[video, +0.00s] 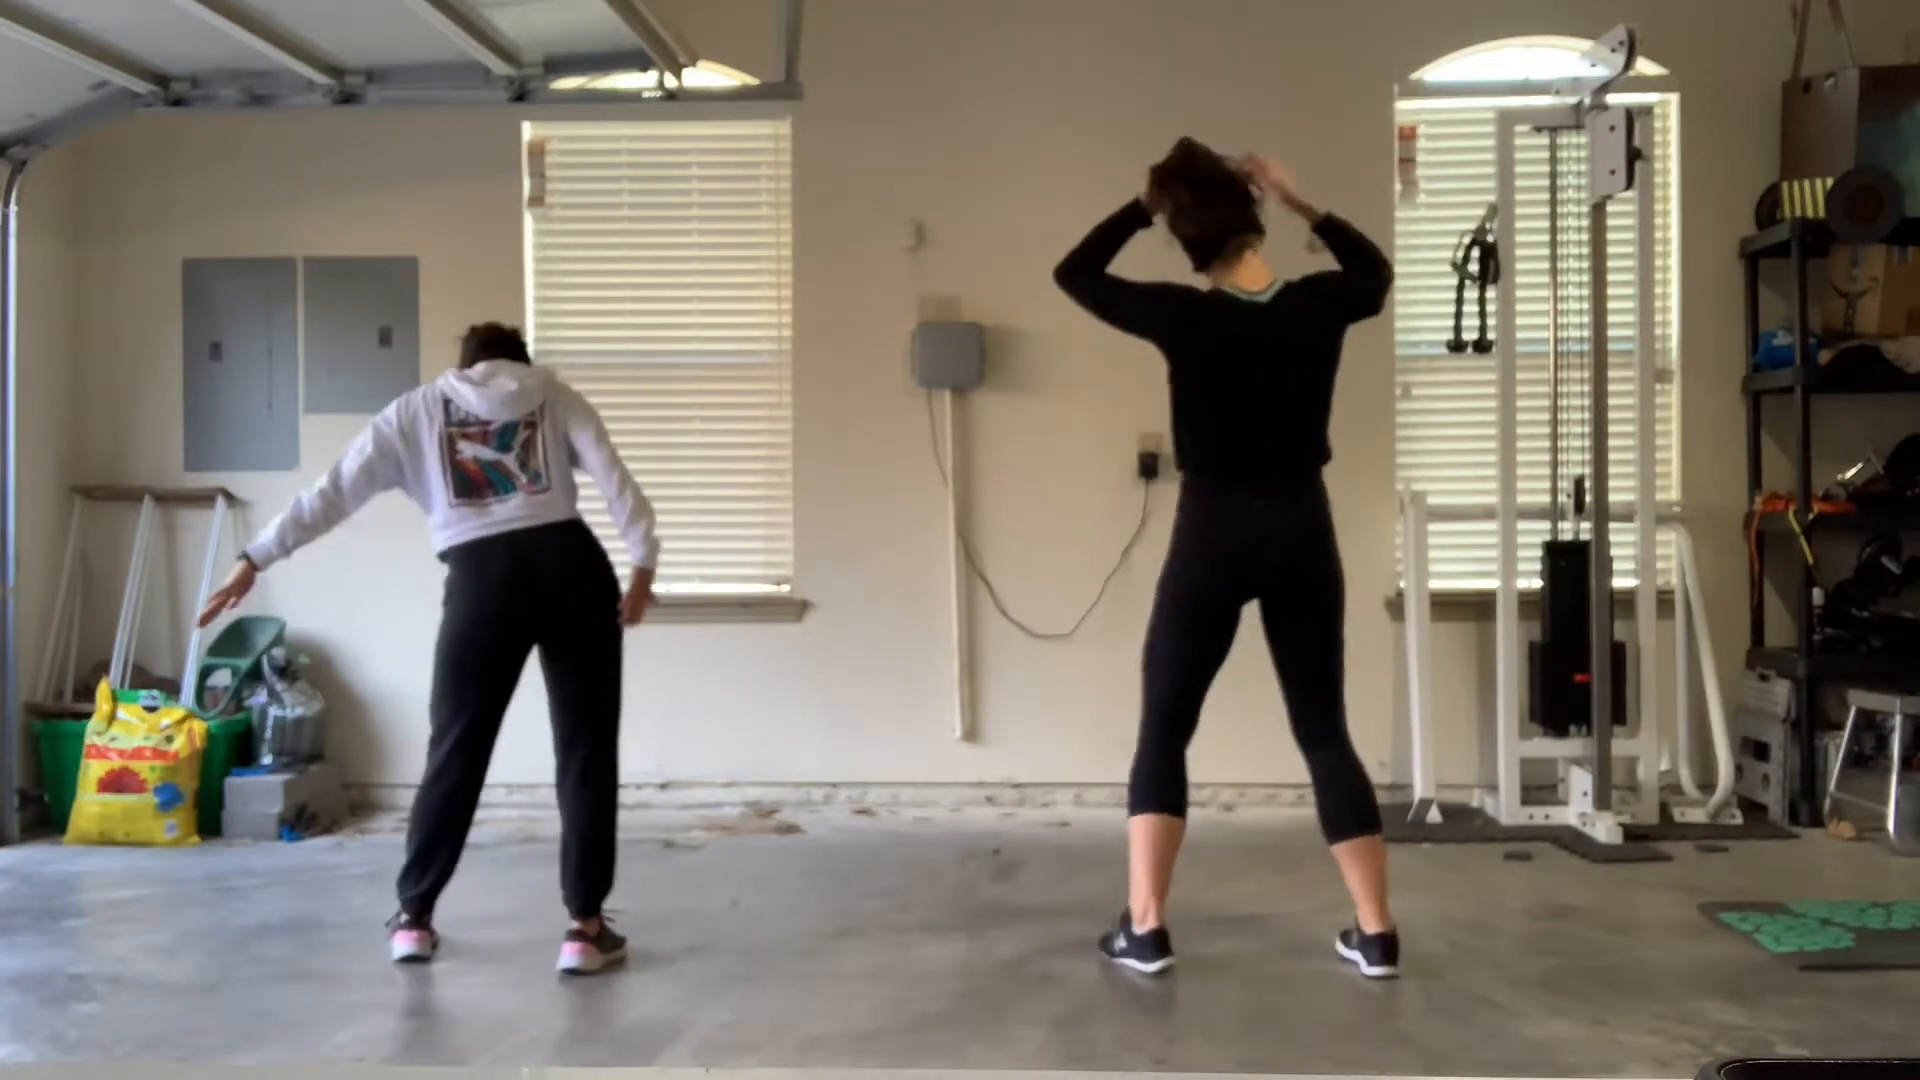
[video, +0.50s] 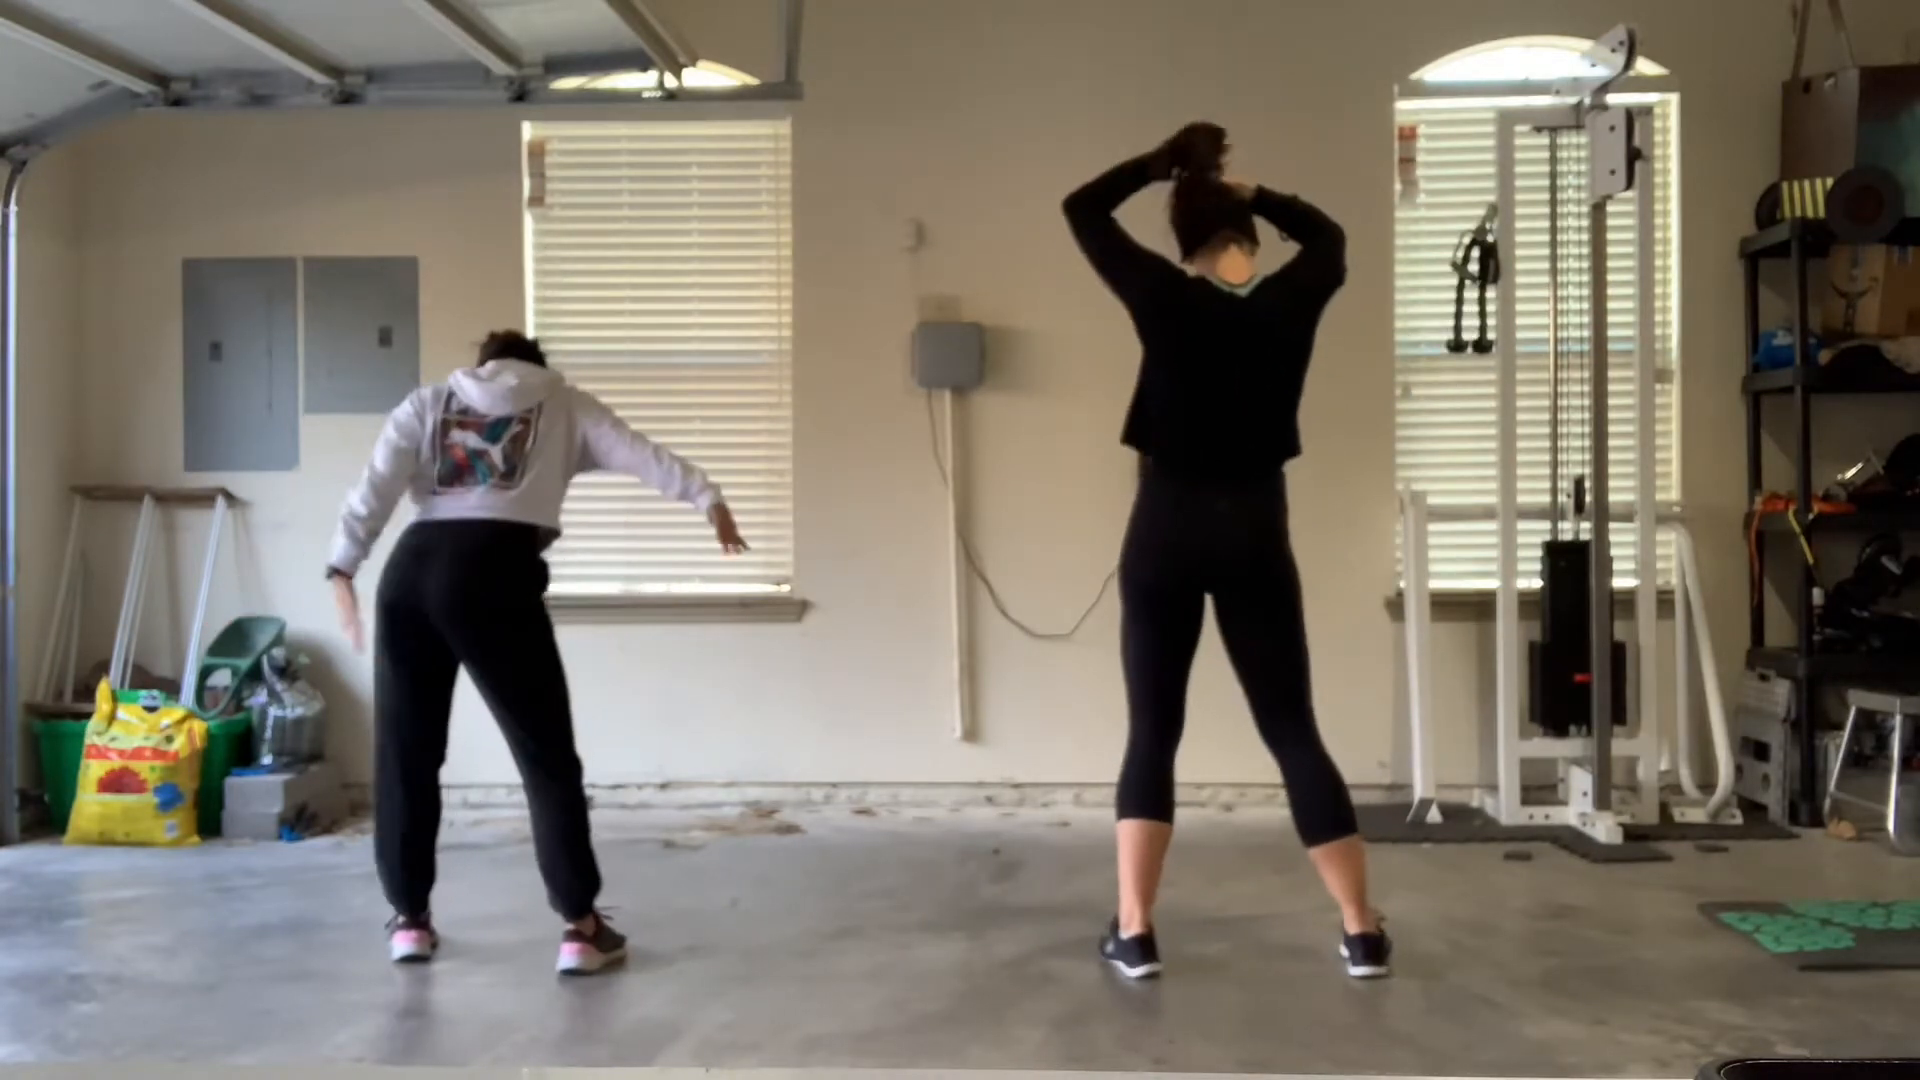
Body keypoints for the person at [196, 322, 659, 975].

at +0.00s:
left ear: (458, 366)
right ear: (525, 362)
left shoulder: (416, 410)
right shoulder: (555, 394)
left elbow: (333, 494)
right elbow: (614, 477)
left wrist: (253, 560)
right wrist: (644, 566)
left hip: (484, 580)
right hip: (574, 571)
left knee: (456, 750)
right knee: (587, 755)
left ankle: (414, 918)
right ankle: (585, 927)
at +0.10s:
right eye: (521, 364)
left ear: (461, 364)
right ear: (525, 362)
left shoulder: (416, 410)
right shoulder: (553, 395)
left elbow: (335, 493)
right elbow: (614, 468)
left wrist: (258, 560)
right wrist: (660, 552)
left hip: (483, 581)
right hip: (574, 573)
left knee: (456, 750)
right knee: (587, 755)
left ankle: (414, 918)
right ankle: (585, 925)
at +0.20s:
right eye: (525, 364)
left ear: (464, 364)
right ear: (529, 363)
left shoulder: (418, 408)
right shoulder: (553, 395)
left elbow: (340, 492)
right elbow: (608, 459)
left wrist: (265, 561)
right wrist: (662, 533)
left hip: (477, 580)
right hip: (568, 574)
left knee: (453, 749)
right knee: (584, 753)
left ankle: (414, 919)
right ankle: (586, 925)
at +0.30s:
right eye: (529, 361)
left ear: (468, 362)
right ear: (531, 362)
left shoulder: (422, 400)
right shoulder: (557, 394)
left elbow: (352, 482)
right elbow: (610, 453)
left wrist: (283, 558)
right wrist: (671, 515)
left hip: (457, 571)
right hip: (548, 565)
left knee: (440, 747)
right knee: (572, 749)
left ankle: (413, 919)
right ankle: (583, 925)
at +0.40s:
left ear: (472, 363)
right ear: (536, 364)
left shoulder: (427, 399)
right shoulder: (561, 398)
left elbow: (369, 475)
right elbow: (624, 450)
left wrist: (312, 553)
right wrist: (692, 501)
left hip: (431, 573)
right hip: (522, 571)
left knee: (422, 749)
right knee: (557, 750)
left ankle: (411, 921)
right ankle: (581, 925)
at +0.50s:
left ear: (479, 365)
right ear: (541, 368)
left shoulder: (429, 401)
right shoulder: (564, 401)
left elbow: (381, 477)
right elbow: (632, 450)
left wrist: (342, 562)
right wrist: (711, 498)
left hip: (413, 577)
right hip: (498, 577)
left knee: (406, 757)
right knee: (548, 758)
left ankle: (409, 921)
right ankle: (581, 926)